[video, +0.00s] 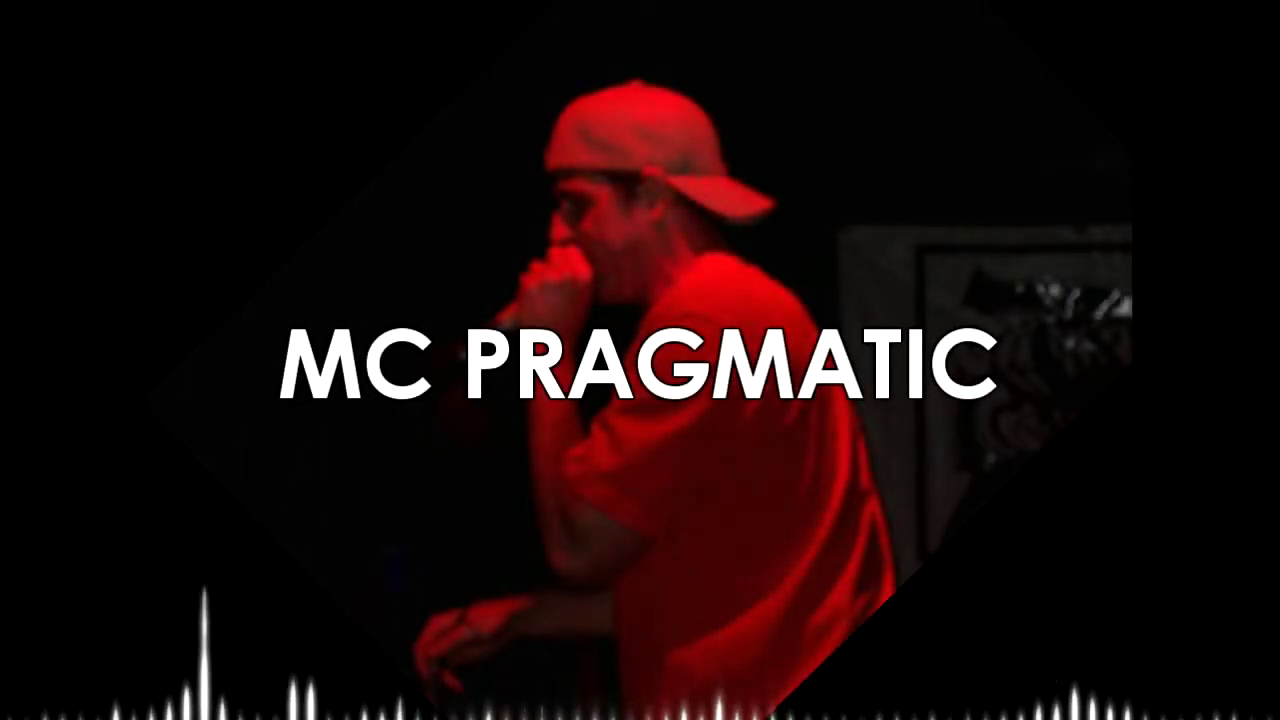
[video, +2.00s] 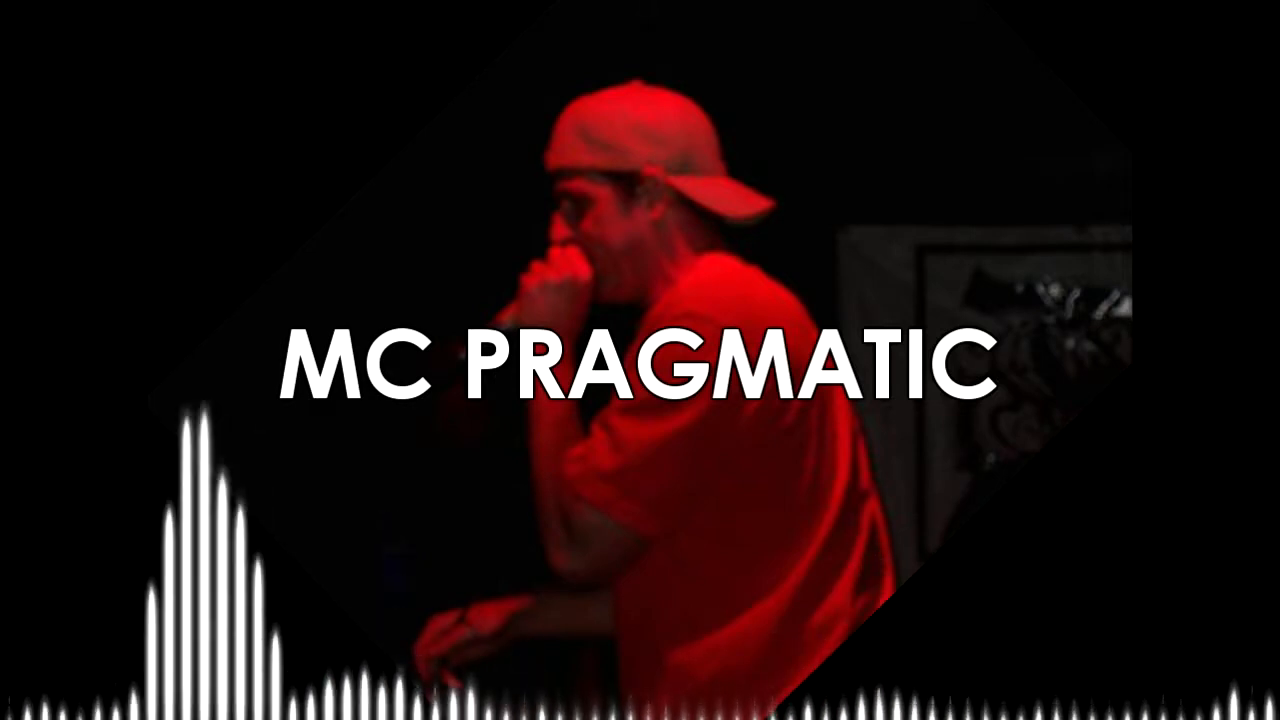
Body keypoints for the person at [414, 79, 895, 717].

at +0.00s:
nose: (559, 233)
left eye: (576, 206)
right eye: (559, 209)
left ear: (653, 200)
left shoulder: (707, 313)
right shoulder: (743, 304)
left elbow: (578, 543)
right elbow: (698, 579)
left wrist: (545, 349)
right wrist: (519, 620)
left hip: (738, 704)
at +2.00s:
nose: (560, 233)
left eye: (577, 206)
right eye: (559, 209)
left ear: (652, 198)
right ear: (649, 200)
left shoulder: (706, 314)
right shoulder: (746, 304)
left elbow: (577, 544)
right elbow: (698, 578)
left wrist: (546, 348)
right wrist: (518, 620)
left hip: (738, 705)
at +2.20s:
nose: (560, 233)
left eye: (577, 206)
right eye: (559, 209)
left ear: (652, 198)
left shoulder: (706, 313)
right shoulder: (745, 303)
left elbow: (577, 543)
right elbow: (699, 581)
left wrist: (545, 348)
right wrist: (520, 619)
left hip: (740, 705)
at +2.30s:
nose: (560, 234)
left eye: (577, 207)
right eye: (560, 209)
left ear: (653, 198)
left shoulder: (706, 313)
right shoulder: (745, 303)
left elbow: (577, 544)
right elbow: (700, 581)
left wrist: (545, 347)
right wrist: (520, 619)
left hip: (741, 704)